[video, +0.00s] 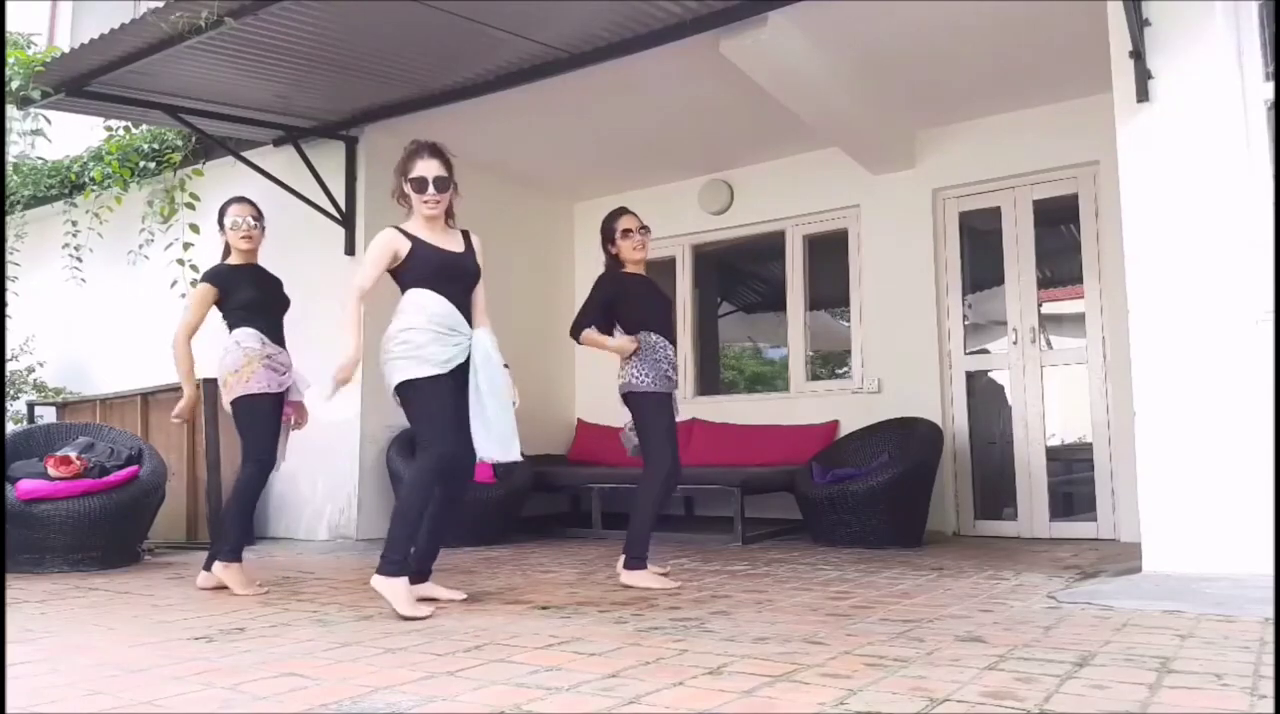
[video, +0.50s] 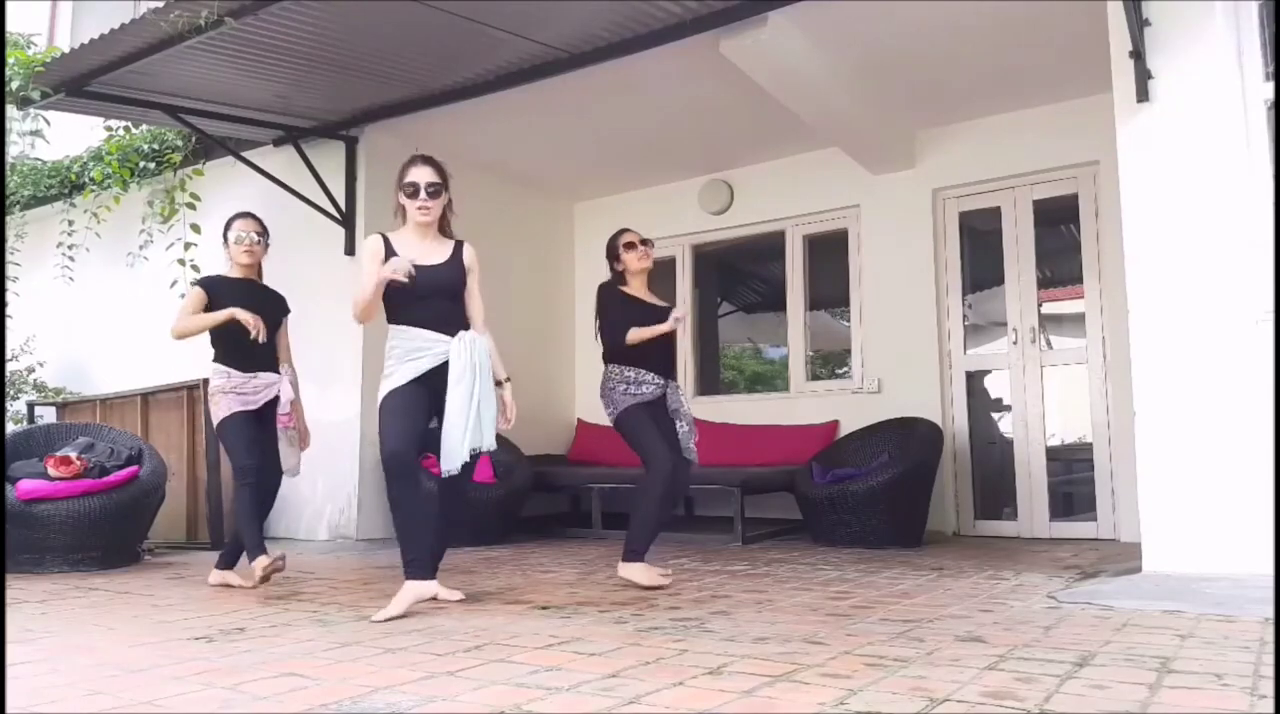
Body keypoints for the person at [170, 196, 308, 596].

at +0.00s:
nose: (248, 228)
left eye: (254, 221)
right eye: (237, 223)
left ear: (263, 229)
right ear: (224, 233)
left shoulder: (271, 279)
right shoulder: (221, 275)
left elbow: (278, 342)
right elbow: (182, 336)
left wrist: (292, 394)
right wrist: (190, 390)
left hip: (276, 376)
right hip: (246, 372)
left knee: (257, 465)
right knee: (259, 462)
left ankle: (215, 564)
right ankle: (228, 560)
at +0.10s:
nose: (249, 222)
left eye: (254, 216)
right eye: (238, 218)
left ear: (264, 225)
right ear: (225, 230)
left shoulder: (271, 277)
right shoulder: (220, 273)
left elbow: (279, 341)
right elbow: (201, 334)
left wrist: (290, 393)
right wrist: (192, 390)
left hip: (272, 373)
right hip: (241, 370)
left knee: (255, 462)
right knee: (261, 460)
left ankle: (220, 561)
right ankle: (228, 560)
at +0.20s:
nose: (247, 223)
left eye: (254, 218)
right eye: (237, 219)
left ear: (264, 229)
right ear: (226, 232)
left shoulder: (279, 284)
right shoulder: (218, 273)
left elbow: (280, 347)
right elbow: (205, 335)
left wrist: (293, 397)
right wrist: (204, 390)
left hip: (271, 378)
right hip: (234, 375)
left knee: (250, 469)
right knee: (266, 460)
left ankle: (229, 562)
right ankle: (226, 563)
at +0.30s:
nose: (247, 229)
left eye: (254, 224)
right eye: (238, 225)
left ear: (265, 236)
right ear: (225, 238)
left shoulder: (275, 293)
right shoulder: (215, 278)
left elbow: (281, 356)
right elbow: (209, 344)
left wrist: (297, 404)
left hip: (270, 385)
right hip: (230, 382)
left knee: (258, 471)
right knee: (260, 465)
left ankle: (226, 563)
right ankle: (229, 566)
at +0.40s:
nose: (250, 237)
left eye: (257, 232)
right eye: (241, 232)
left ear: (266, 243)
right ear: (226, 243)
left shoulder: (274, 299)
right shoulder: (212, 281)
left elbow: (283, 360)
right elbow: (184, 323)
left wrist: (299, 411)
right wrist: (228, 295)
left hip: (269, 390)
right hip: (230, 388)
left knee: (266, 475)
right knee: (257, 468)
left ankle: (227, 562)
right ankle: (240, 566)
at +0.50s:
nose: (249, 241)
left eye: (257, 236)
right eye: (240, 236)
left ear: (266, 246)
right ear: (227, 246)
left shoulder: (275, 300)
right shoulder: (210, 286)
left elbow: (286, 362)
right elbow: (179, 327)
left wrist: (298, 413)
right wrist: (230, 313)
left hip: (272, 390)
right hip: (230, 389)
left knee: (270, 478)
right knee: (247, 469)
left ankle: (224, 567)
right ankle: (258, 558)